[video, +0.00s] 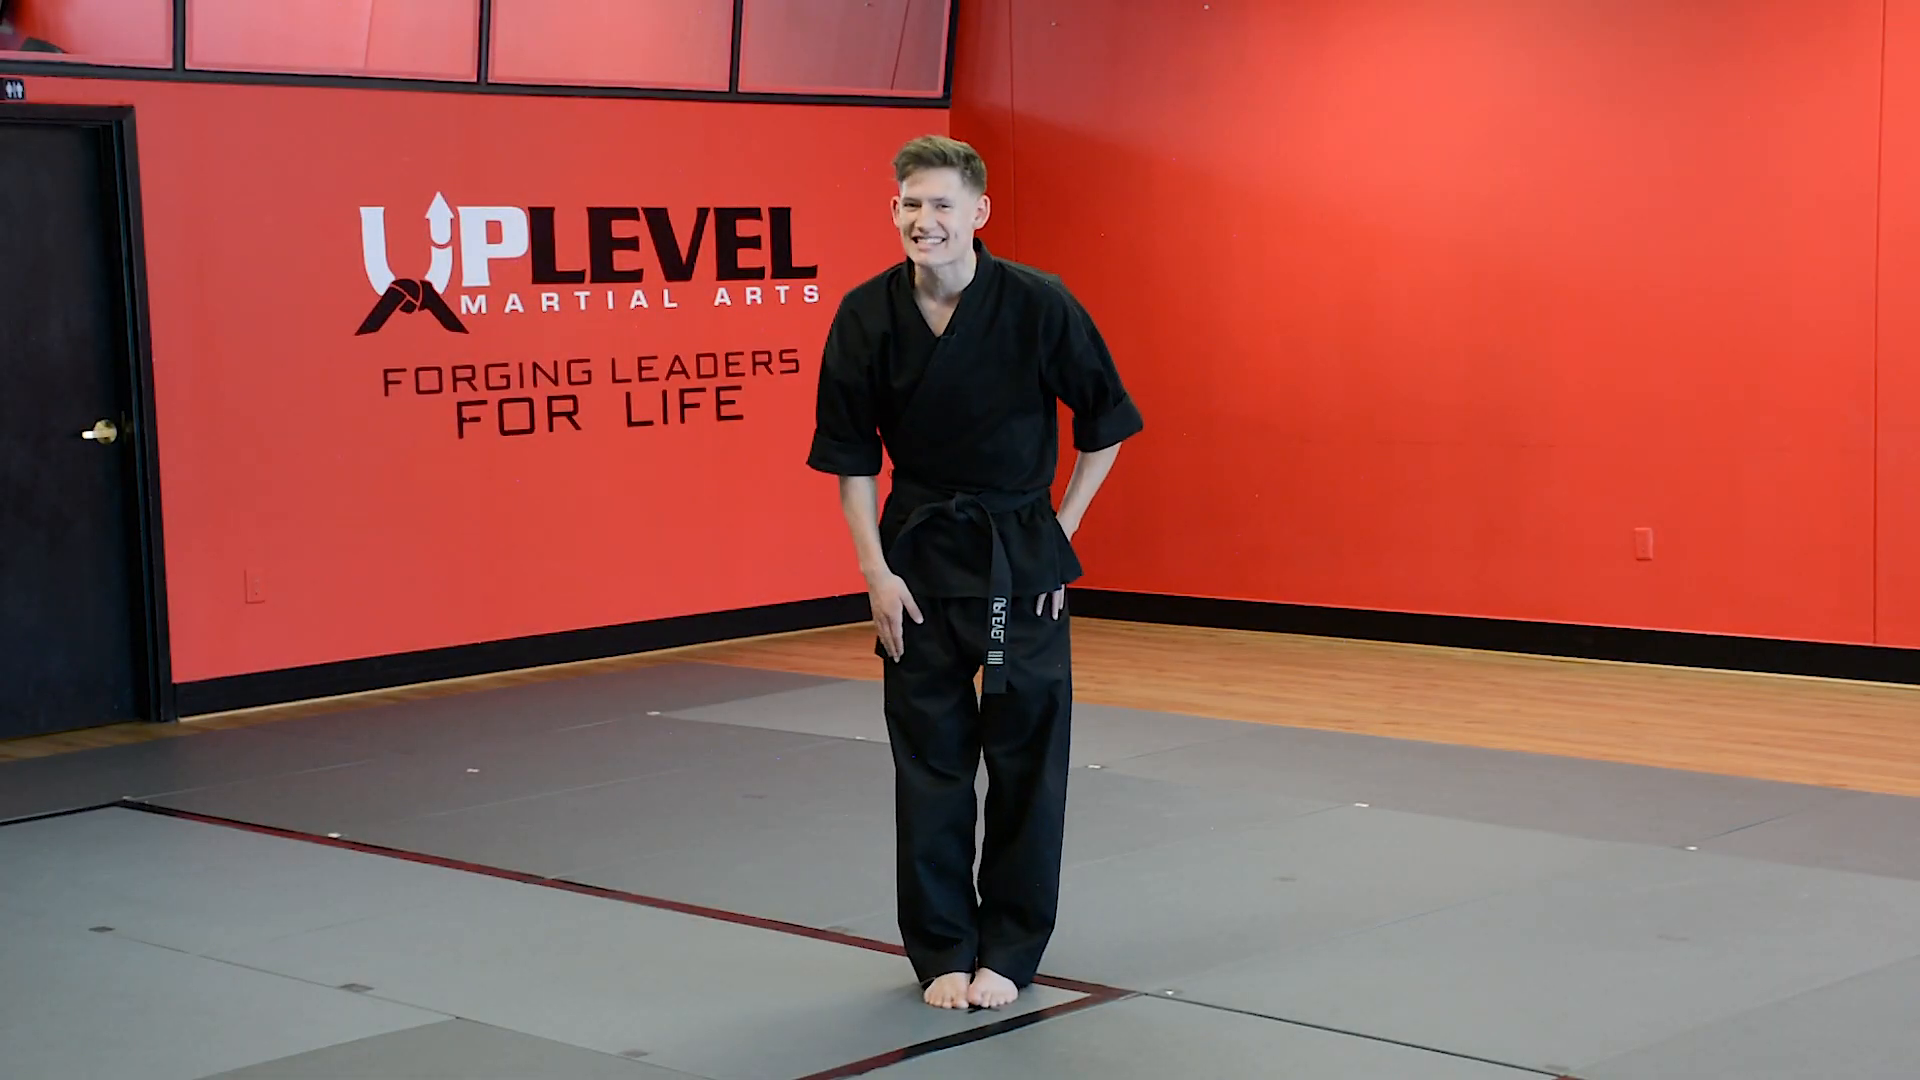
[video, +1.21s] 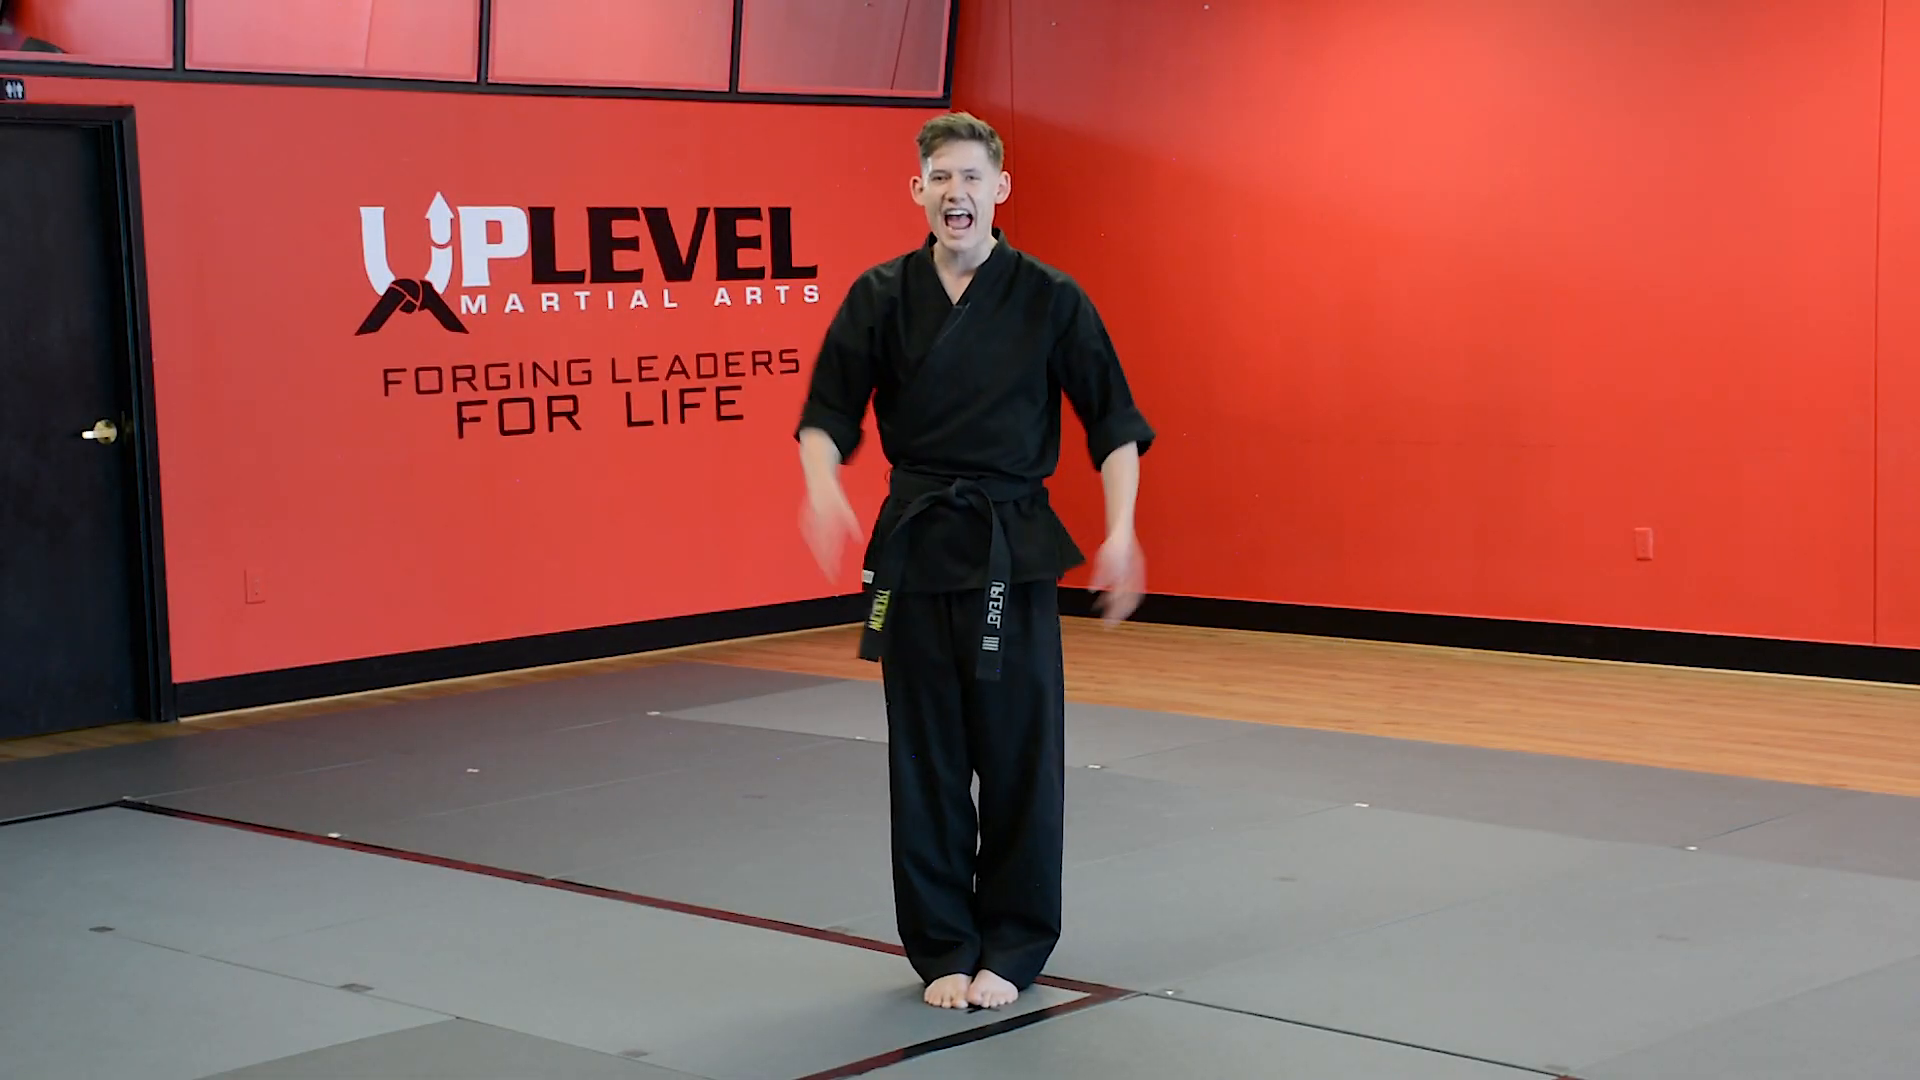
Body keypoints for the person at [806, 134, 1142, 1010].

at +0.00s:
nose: (923, 220)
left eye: (941, 204)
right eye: (910, 205)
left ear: (979, 211)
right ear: (895, 215)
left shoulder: (1036, 303)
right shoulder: (865, 317)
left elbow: (1108, 418)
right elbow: (851, 457)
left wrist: (1061, 531)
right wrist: (875, 574)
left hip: (1022, 544)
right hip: (918, 548)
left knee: (1027, 764)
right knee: (931, 766)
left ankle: (1008, 953)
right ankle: (944, 953)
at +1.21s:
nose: (957, 192)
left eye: (972, 176)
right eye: (941, 177)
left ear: (1001, 187)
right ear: (918, 190)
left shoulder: (1050, 297)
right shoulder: (880, 296)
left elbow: (1115, 420)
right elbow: (822, 416)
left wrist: (1120, 531)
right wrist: (821, 492)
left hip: (1018, 544)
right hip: (915, 544)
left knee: (1021, 762)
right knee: (927, 762)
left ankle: (1011, 953)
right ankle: (945, 952)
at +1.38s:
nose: (949, 192)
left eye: (966, 176)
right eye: (934, 177)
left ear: (995, 187)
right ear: (913, 188)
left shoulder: (1045, 291)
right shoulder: (877, 291)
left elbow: (1073, 418)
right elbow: (861, 438)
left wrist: (1056, 420)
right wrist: (858, 394)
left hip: (1011, 538)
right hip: (914, 538)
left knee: (1017, 756)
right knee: (927, 758)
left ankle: (1010, 952)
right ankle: (943, 953)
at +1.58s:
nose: (949, 189)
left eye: (965, 174)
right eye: (934, 174)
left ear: (993, 186)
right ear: (912, 187)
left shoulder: (1044, 293)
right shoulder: (873, 296)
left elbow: (1079, 421)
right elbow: (838, 426)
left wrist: (1059, 513)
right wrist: (869, 518)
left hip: (1017, 534)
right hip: (916, 536)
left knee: (1020, 755)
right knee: (927, 758)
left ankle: (1009, 954)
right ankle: (942, 954)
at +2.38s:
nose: (921, 243)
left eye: (938, 226)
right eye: (908, 227)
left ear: (975, 233)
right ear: (891, 238)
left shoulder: (1033, 340)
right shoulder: (865, 341)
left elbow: (1061, 484)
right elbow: (814, 478)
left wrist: (1061, 605)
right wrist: (829, 580)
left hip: (1011, 573)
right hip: (909, 576)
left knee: (1025, 787)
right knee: (910, 786)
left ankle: (1012, 959)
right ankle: (940, 959)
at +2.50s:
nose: (868, 223)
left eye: (883, 206)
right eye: (861, 207)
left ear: (936, 202)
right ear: (862, 210)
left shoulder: (1021, 295)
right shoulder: (862, 295)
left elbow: (1059, 437)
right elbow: (750, 349)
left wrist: (1066, 560)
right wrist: (798, 379)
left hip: (1009, 537)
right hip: (910, 538)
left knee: (1025, 753)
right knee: (908, 756)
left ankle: (1015, 958)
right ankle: (942, 955)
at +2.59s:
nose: (842, 197)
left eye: (857, 181)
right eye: (837, 181)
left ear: (911, 178)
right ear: (843, 183)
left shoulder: (1002, 256)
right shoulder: (844, 266)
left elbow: (1061, 389)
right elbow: (720, 281)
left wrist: (1076, 513)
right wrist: (776, 267)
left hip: (1012, 511)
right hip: (912, 511)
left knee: (1042, 732)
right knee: (903, 735)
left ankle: (1036, 949)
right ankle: (911, 949)